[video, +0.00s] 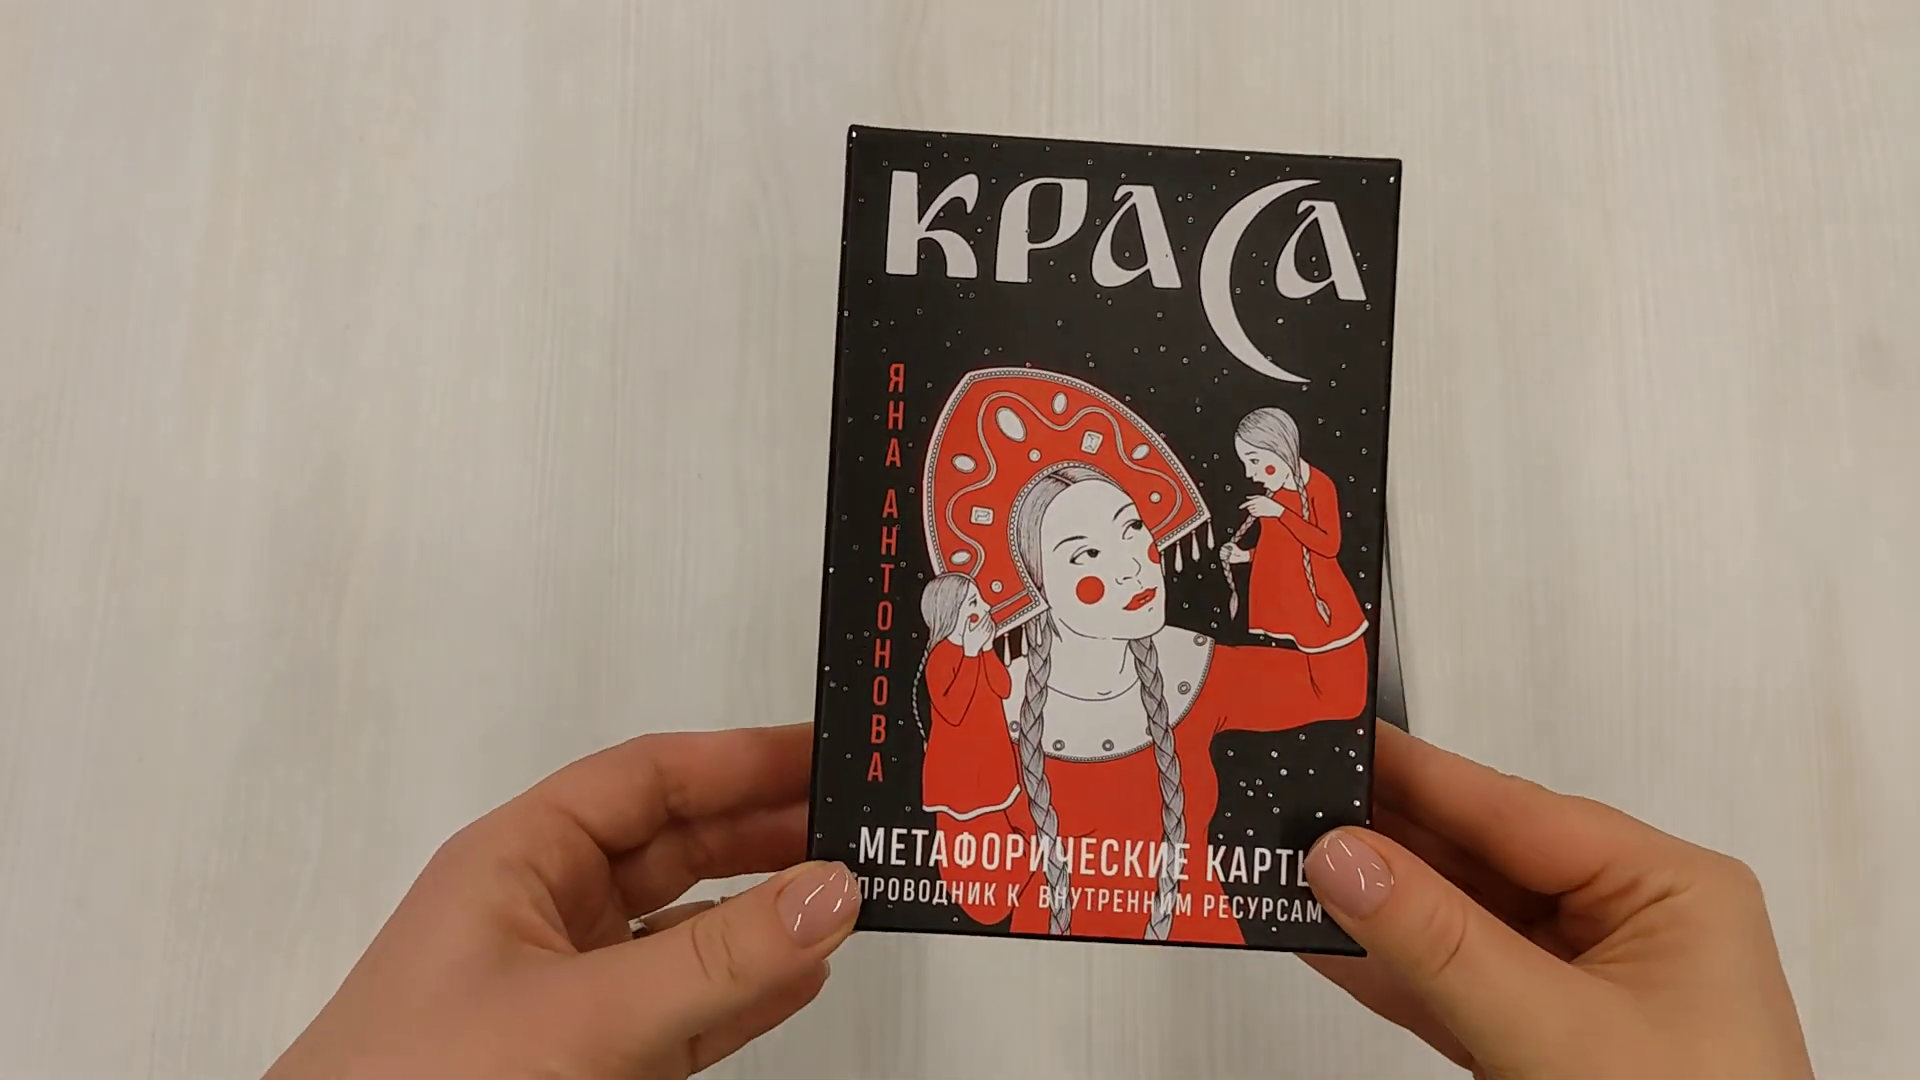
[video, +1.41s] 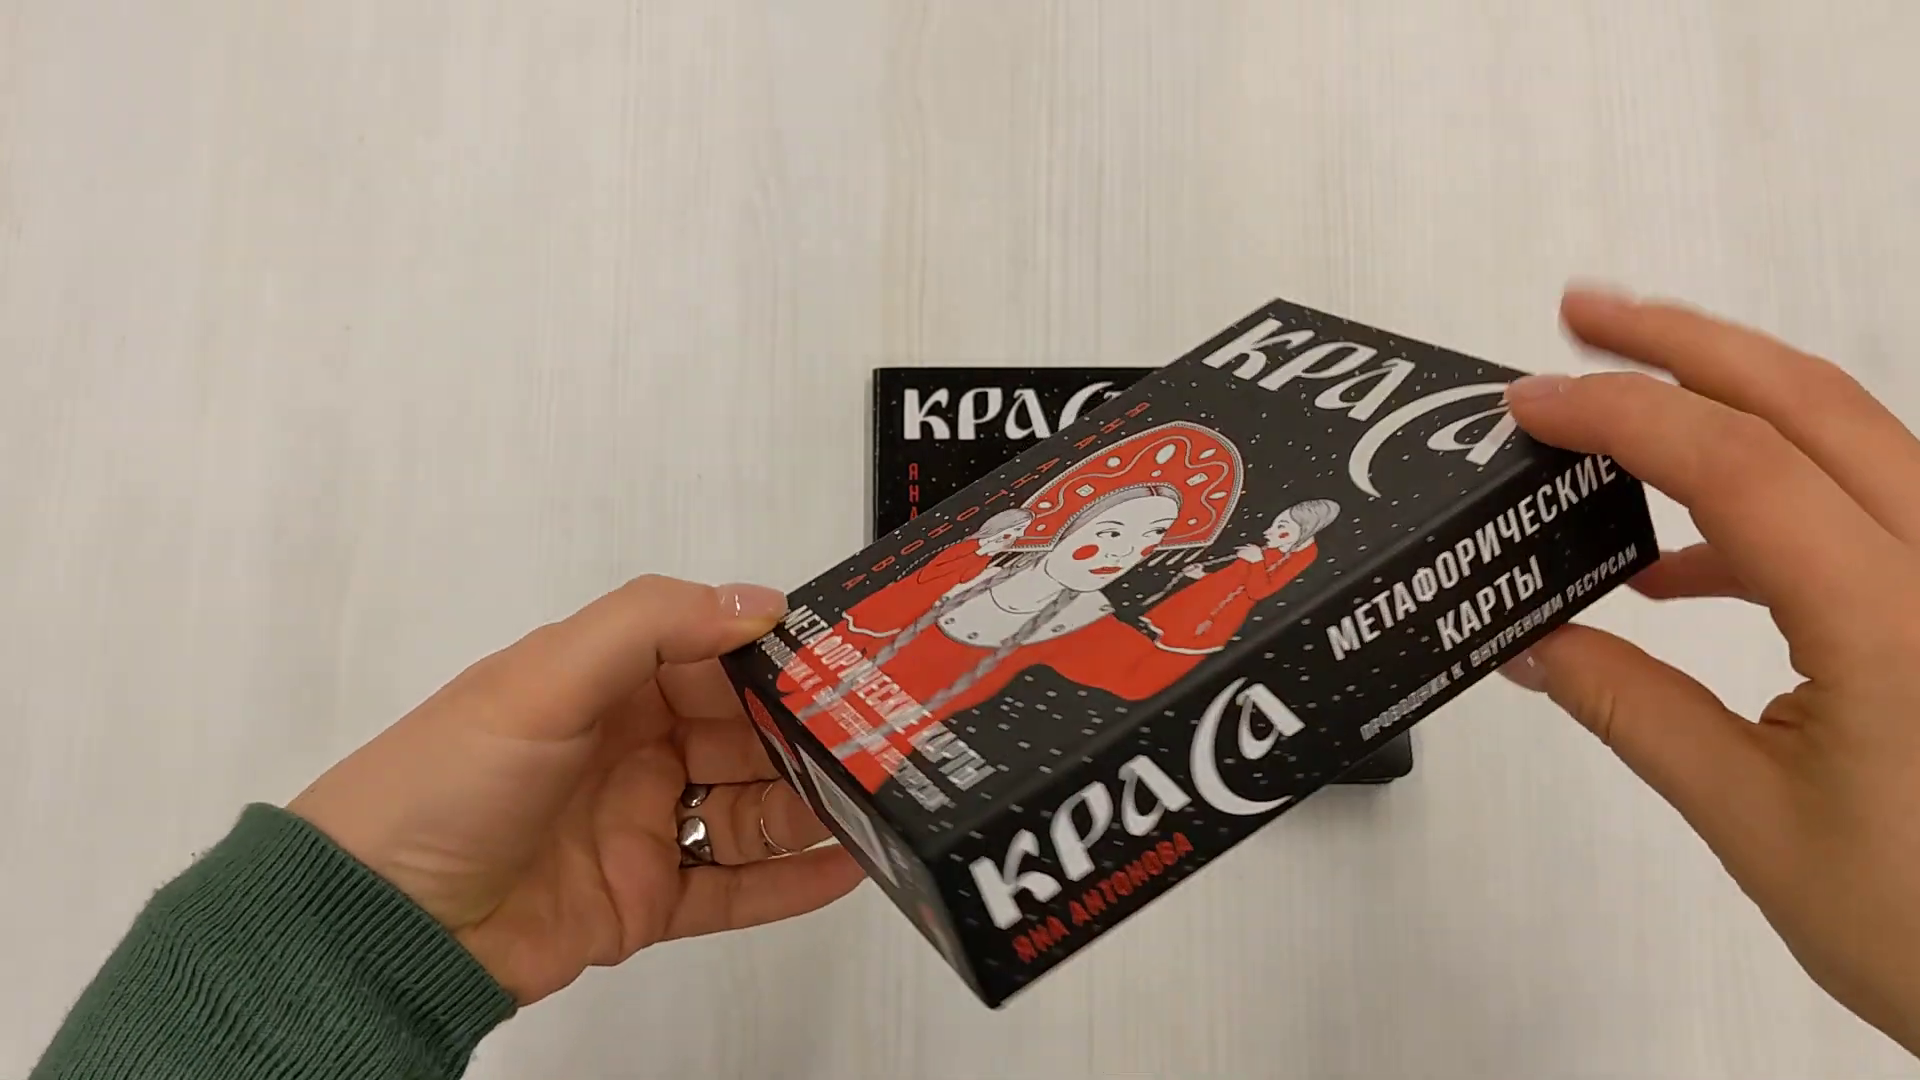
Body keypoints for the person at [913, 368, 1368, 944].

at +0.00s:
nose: (1133, 565)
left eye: (1130, 528)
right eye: (1082, 555)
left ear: (1152, 537)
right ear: (1041, 587)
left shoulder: (1190, 670)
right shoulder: (998, 699)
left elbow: (1337, 683)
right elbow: (986, 898)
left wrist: (1296, 531)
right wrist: (964, 678)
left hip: (1193, 959)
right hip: (1048, 968)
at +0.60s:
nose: (1143, 583)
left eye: (1144, 549)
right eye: (1097, 572)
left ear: (1164, 555)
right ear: (1054, 600)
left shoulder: (1195, 689)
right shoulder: (1006, 704)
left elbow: (1344, 711)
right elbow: (974, 902)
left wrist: (1310, 559)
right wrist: (971, 712)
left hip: (1177, 968)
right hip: (1032, 962)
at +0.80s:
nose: (1131, 561)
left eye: (1139, 529)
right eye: (1090, 547)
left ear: (1157, 535)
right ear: (1046, 571)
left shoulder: (1163, 664)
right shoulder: (979, 656)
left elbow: (1314, 699)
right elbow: (909, 837)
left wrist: (1301, 559)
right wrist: (952, 630)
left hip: (1104, 923)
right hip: (969, 902)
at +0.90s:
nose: (1135, 566)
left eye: (1146, 537)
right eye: (1095, 547)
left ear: (1164, 549)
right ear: (1045, 562)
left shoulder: (1156, 675)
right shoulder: (974, 652)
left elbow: (1295, 731)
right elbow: (885, 824)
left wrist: (1300, 588)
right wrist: (939, 644)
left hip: (1067, 937)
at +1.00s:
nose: (1133, 581)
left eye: (1149, 555)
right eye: (1096, 558)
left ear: (1164, 569)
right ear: (1048, 572)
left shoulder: (1133, 688)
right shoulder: (962, 639)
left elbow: (1263, 751)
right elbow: (850, 801)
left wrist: (1293, 616)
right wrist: (935, 628)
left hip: (1000, 934)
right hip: (882, 884)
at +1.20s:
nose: (1158, 603)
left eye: (1179, 583)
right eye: (1134, 577)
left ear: (1191, 597)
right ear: (1086, 573)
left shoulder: (1139, 695)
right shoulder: (992, 625)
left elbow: (1253, 765)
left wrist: (1314, 641)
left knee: (836, 907)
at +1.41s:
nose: (1113, 553)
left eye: (1136, 546)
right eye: (1108, 529)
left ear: (1145, 558)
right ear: (1076, 517)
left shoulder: (1094, 619)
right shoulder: (1011, 563)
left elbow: (1187, 647)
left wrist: (1268, 560)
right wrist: (987, 546)